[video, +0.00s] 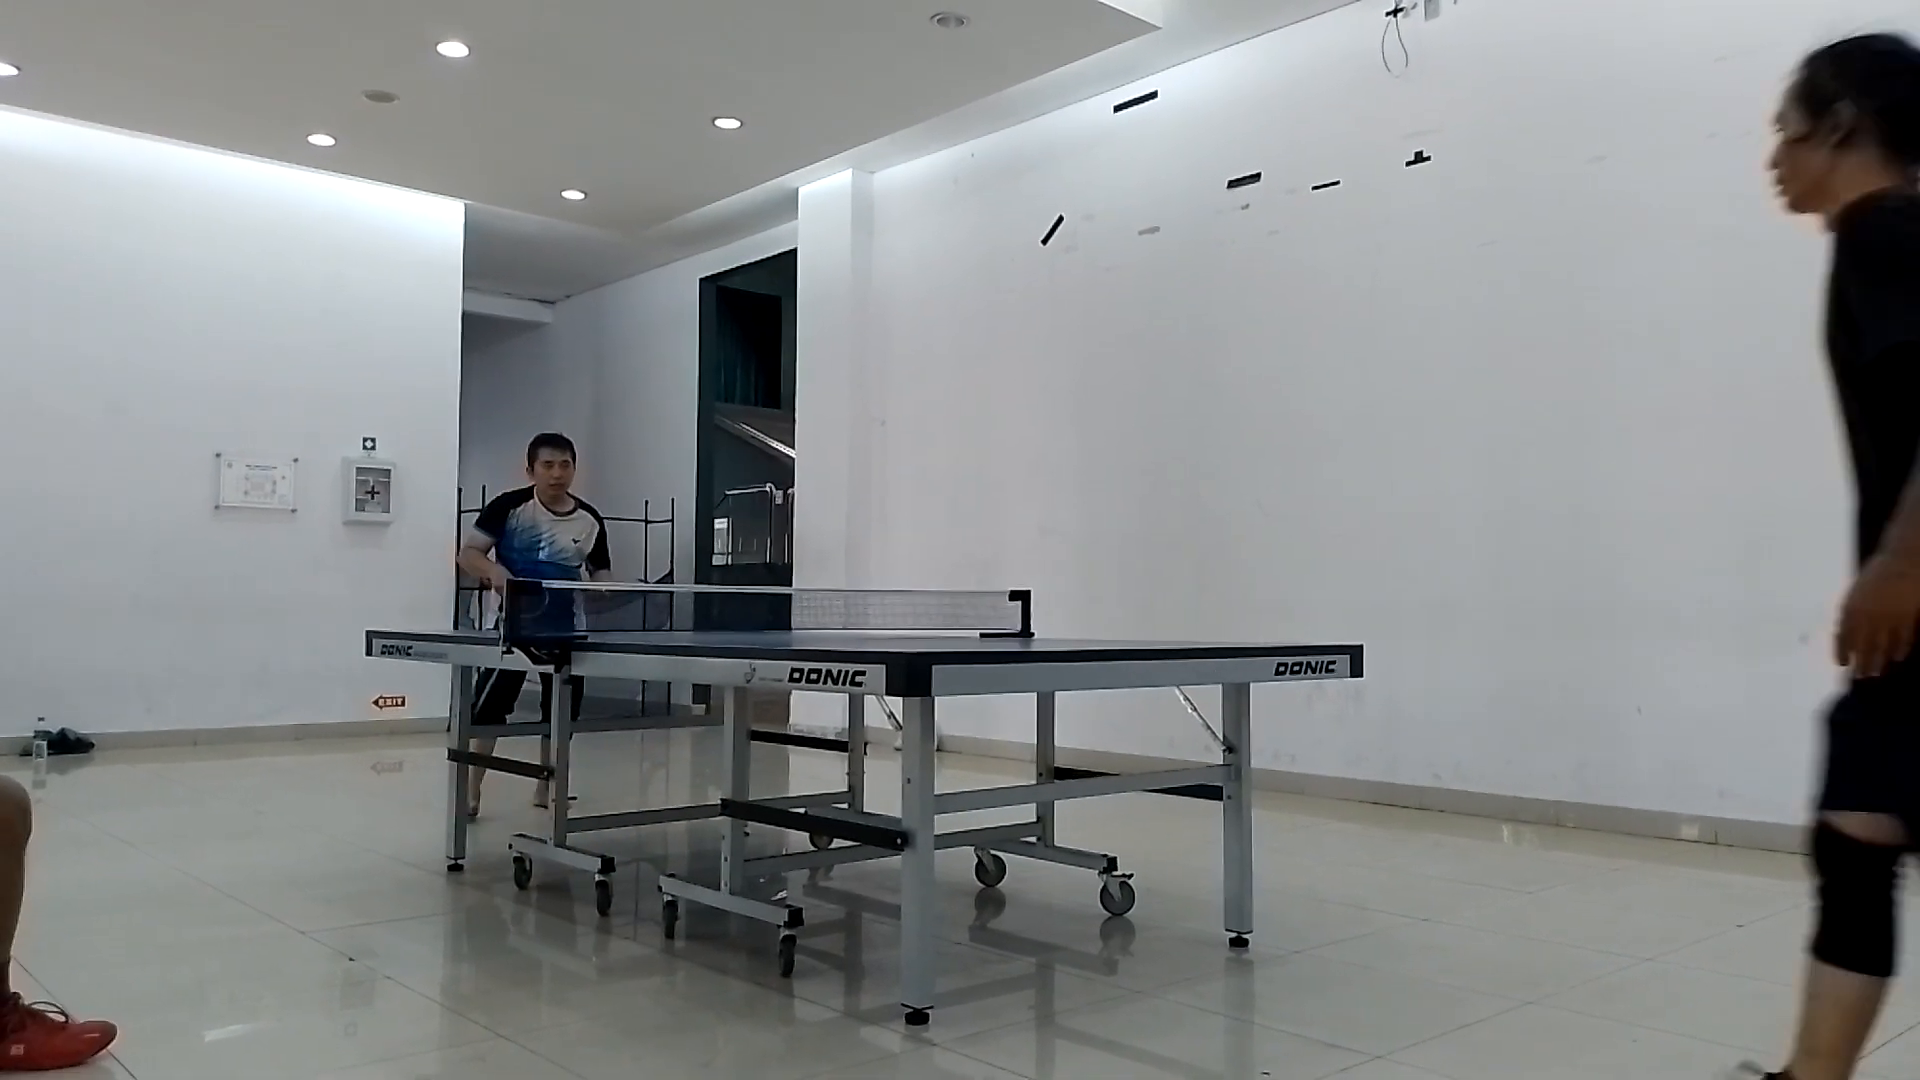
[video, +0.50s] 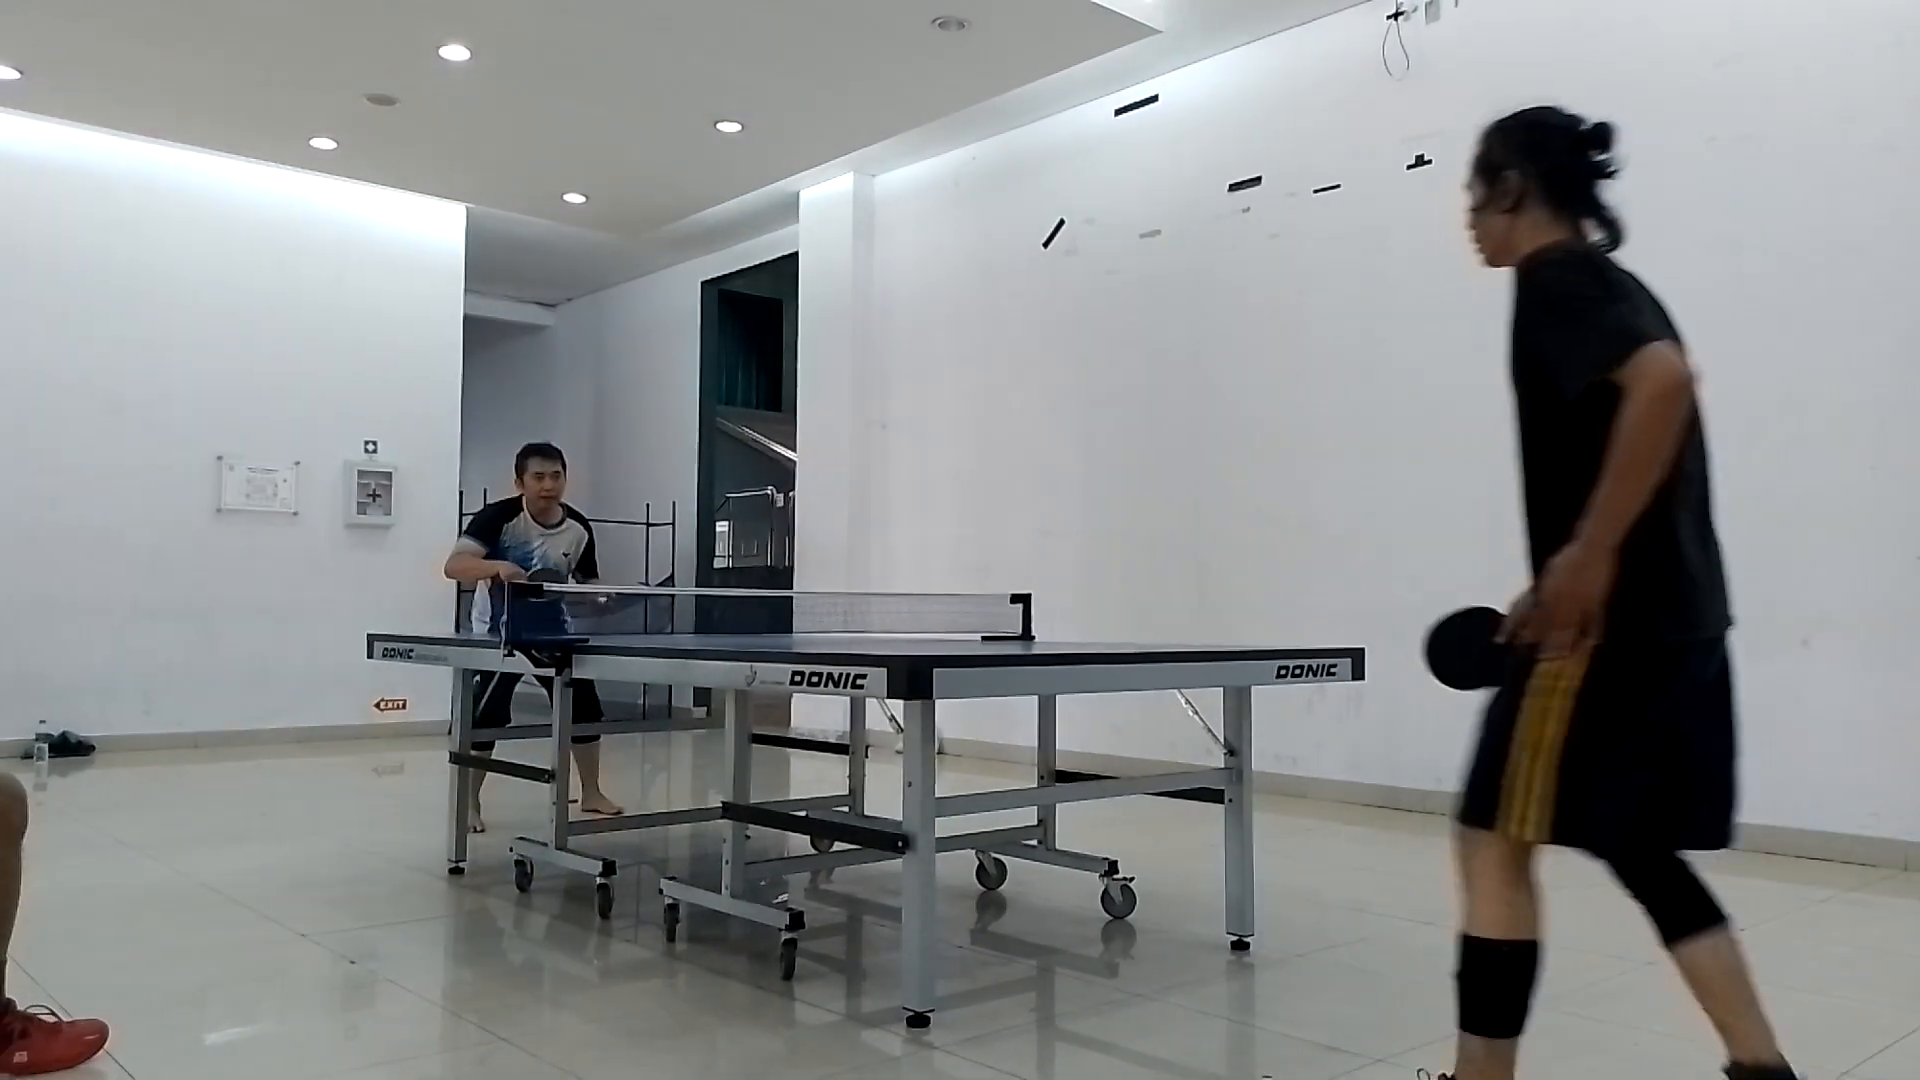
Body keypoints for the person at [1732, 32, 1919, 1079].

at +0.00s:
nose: (1772, 161)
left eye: (1787, 134)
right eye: (1776, 135)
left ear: (1846, 127)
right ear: (1858, 131)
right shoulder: (1892, 239)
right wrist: (1890, 576)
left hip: (1913, 611)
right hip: (1915, 608)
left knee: (1855, 841)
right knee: (1863, 841)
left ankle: (1814, 1070)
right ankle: (1814, 1066)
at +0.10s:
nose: (1708, 178)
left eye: (1721, 156)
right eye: (1711, 156)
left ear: (1777, 155)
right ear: (1790, 157)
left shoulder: (1823, 248)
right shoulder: (1821, 253)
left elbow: (1905, 360)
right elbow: (1882, 399)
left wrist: (1847, 548)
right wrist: (1828, 565)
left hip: (1855, 609)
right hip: (1833, 606)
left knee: (1783, 854)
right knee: (1787, 858)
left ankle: (1916, 975)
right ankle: (1794, 1070)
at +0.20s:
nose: (1646, 187)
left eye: (1659, 167)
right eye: (1650, 166)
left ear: (1706, 165)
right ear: (1725, 169)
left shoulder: (1758, 253)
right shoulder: (1745, 261)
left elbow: (1861, 352)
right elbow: (1826, 399)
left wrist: (1792, 539)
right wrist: (1773, 562)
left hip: (1803, 606)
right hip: (1787, 604)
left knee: (1684, 846)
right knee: (1740, 854)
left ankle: (1895, 1051)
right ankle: (1783, 1069)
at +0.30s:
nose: (1586, 188)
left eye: (1597, 168)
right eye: (1589, 169)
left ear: (1641, 165)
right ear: (1666, 168)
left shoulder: (1695, 254)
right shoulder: (1706, 260)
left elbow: (1812, 346)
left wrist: (1733, 530)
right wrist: (1726, 554)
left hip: (1732, 609)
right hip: (1766, 609)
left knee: (1591, 819)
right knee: (1726, 837)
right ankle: (1788, 1071)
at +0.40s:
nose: (1526, 198)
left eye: (1537, 178)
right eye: (1529, 179)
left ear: (1580, 176)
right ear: (1605, 181)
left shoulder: (1632, 262)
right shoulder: (1631, 274)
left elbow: (1745, 355)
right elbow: (1667, 460)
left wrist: (1670, 534)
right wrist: (1611, 606)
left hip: (1673, 608)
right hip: (1707, 611)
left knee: (1556, 828)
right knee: (1702, 839)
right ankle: (1782, 1070)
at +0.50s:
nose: (1468, 215)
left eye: (1478, 196)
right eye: (1471, 196)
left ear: (1521, 195)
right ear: (1557, 196)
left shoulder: (1561, 281)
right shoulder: (1599, 284)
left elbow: (1664, 380)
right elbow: (1618, 463)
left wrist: (1590, 552)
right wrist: (1552, 596)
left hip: (1602, 622)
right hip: (1662, 622)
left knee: (1489, 833)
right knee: (1633, 836)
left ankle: (1480, 1070)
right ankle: (1761, 1065)